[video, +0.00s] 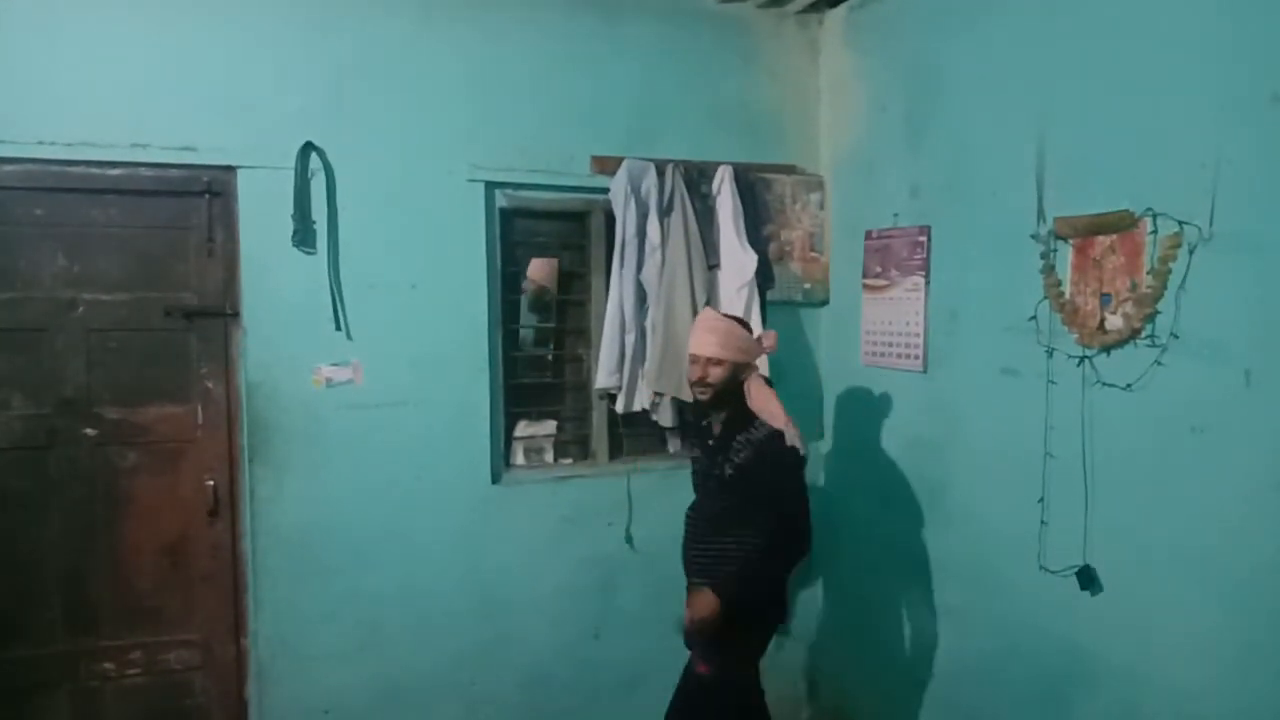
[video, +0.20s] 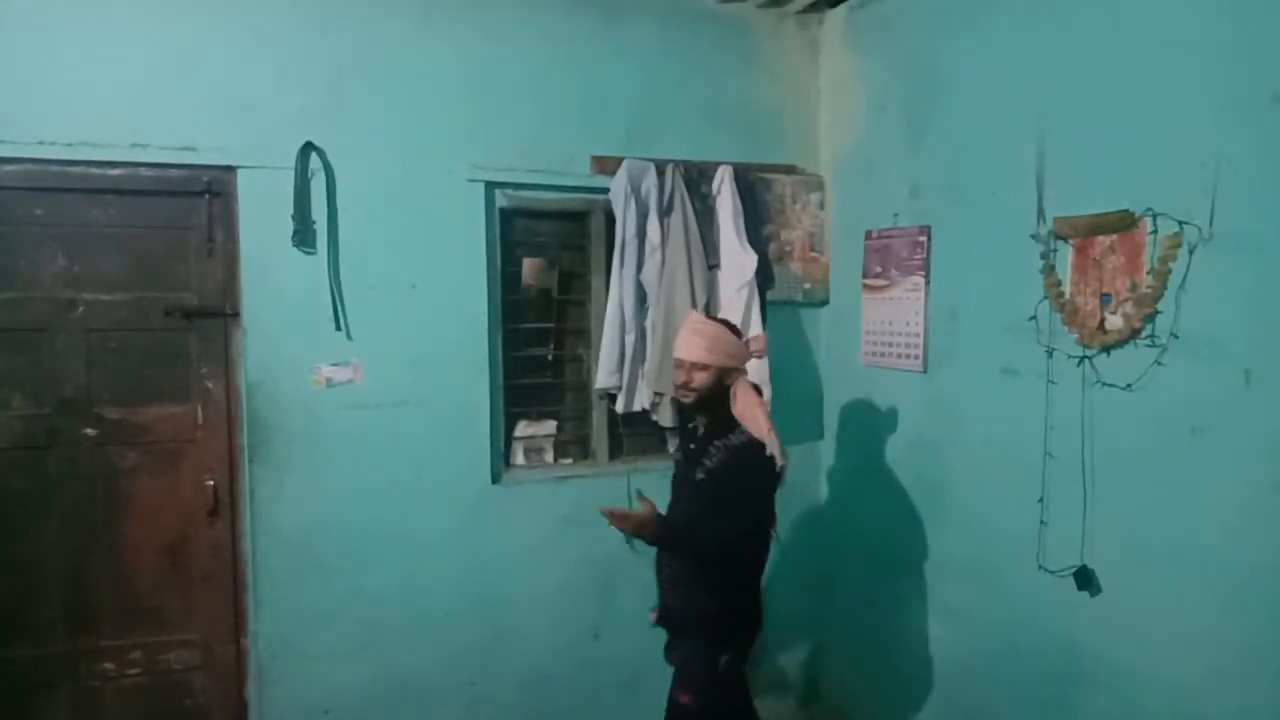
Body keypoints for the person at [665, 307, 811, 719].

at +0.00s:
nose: (700, 374)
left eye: (715, 364)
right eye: (694, 361)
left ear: (742, 370)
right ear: (687, 361)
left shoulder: (770, 439)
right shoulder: (707, 422)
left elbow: (788, 540)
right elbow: (706, 512)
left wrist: (722, 594)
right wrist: (695, 582)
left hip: (748, 603)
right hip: (712, 593)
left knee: (689, 708)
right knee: (738, 703)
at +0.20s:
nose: (685, 378)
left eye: (700, 369)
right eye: (679, 366)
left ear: (729, 376)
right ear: (672, 365)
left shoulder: (749, 450)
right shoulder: (697, 428)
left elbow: (729, 546)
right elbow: (690, 522)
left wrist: (659, 529)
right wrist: (670, 601)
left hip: (720, 623)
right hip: (691, 612)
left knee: (687, 710)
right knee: (728, 710)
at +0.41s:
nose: (662, 385)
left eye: (676, 374)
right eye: (657, 372)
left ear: (708, 378)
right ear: (651, 372)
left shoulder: (730, 454)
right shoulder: (681, 441)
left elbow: (693, 539)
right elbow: (659, 538)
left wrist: (625, 511)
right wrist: (616, 598)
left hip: (696, 637)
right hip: (663, 630)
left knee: (669, 710)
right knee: (665, 708)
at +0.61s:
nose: (651, 378)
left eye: (666, 367)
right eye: (646, 365)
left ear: (700, 373)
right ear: (639, 365)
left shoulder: (724, 447)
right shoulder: (662, 435)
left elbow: (693, 515)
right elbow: (633, 517)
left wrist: (633, 495)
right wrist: (584, 560)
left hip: (693, 630)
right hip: (648, 622)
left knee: (677, 712)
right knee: (652, 709)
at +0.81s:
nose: (643, 404)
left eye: (657, 392)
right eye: (639, 391)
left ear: (692, 389)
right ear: (634, 387)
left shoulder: (734, 462)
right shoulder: (655, 451)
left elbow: (747, 565)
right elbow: (624, 517)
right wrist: (592, 555)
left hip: (708, 634)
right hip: (656, 626)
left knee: (678, 709)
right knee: (664, 705)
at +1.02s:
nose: (662, 398)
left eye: (676, 388)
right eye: (658, 386)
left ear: (711, 391)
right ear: (651, 383)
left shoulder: (748, 460)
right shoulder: (667, 448)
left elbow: (754, 556)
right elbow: (626, 512)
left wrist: (662, 547)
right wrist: (597, 522)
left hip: (715, 633)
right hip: (665, 626)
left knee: (682, 710)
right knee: (666, 707)